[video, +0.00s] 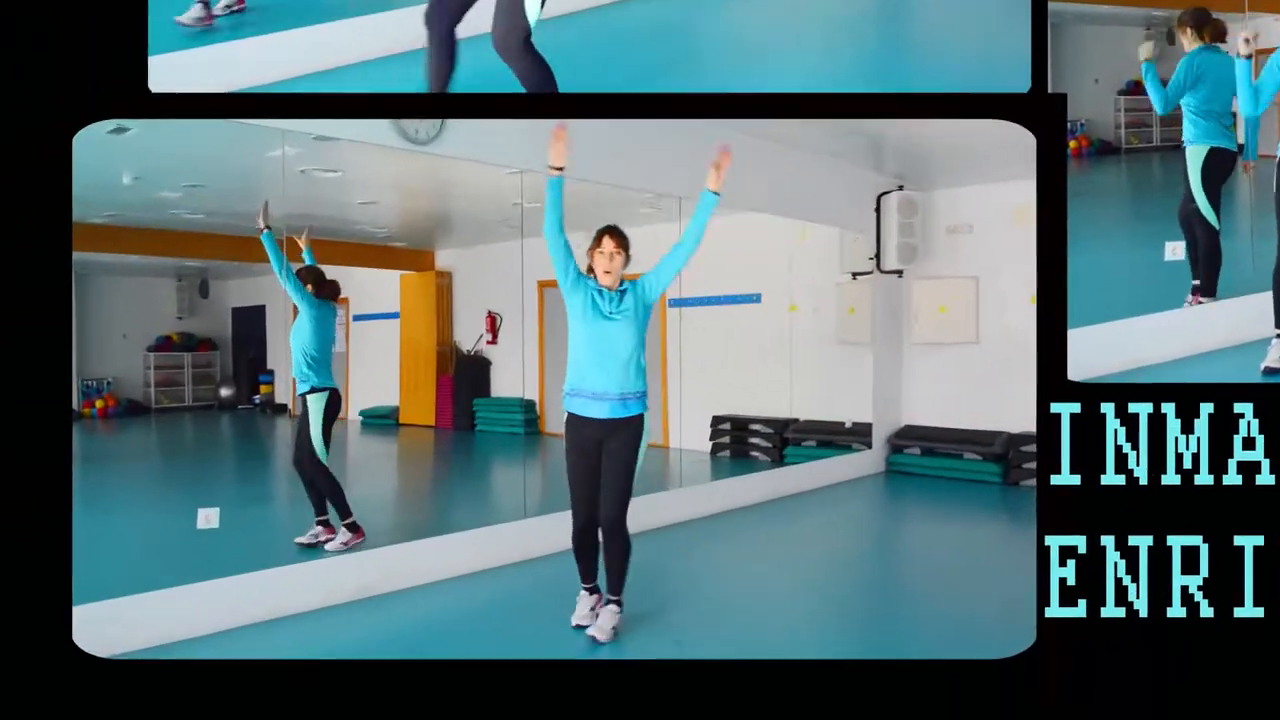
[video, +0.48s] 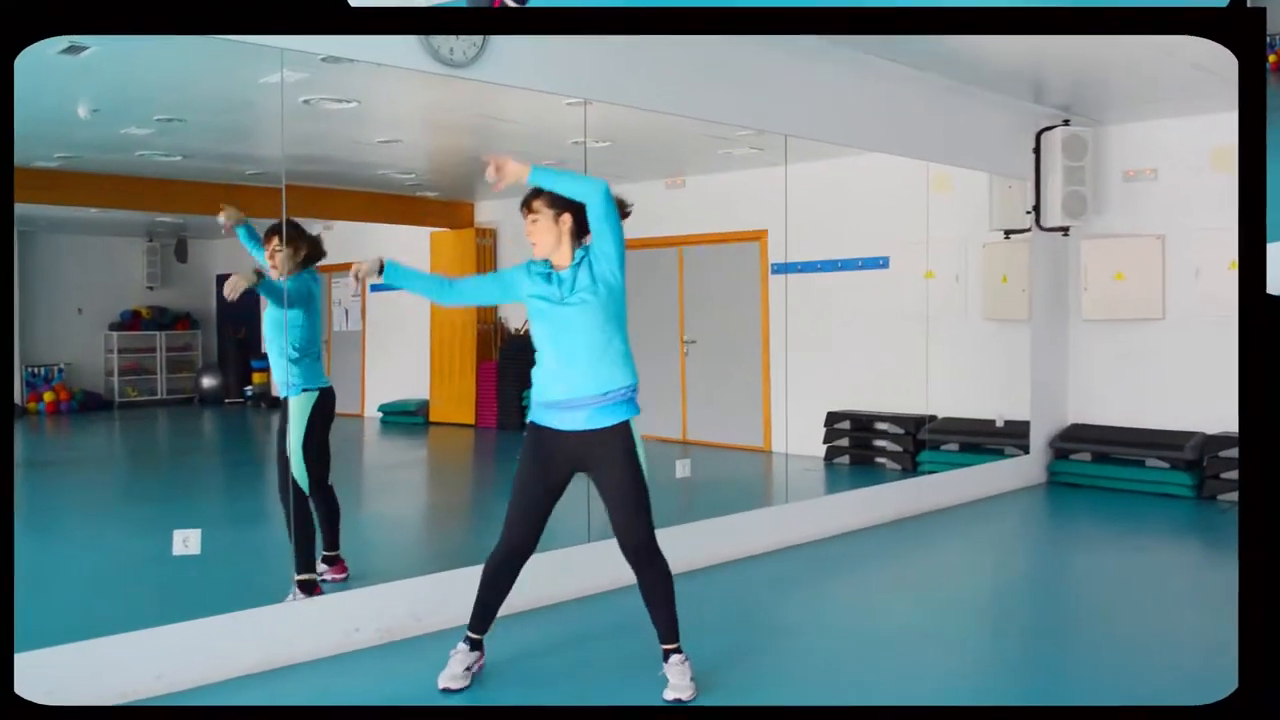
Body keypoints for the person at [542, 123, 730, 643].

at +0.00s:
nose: (608, 256)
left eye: (616, 251)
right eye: (602, 250)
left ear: (627, 261)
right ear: (589, 259)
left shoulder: (642, 293)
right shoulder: (576, 290)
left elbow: (686, 245)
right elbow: (555, 232)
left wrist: (713, 186)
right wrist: (556, 169)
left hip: (626, 417)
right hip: (580, 416)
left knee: (612, 516)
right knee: (583, 514)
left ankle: (612, 604)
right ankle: (588, 592)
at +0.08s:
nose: (611, 257)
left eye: (620, 250)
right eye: (604, 250)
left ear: (633, 259)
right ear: (592, 259)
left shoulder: (650, 291)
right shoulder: (581, 292)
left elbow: (681, 229)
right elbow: (547, 236)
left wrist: (688, 163)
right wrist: (530, 173)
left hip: (635, 427)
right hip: (586, 427)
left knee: (621, 533)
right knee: (569, 533)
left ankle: (623, 621)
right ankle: (597, 592)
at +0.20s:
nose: (589, 245)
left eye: (597, 236)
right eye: (587, 237)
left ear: (626, 238)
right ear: (588, 242)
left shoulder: (652, 278)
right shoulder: (578, 277)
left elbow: (667, 204)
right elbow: (526, 229)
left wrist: (636, 147)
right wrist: (483, 173)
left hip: (639, 423)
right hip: (586, 422)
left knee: (639, 533)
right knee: (543, 519)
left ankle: (648, 633)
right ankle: (574, 583)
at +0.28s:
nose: (572, 227)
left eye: (579, 215)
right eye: (570, 217)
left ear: (612, 216)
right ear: (576, 222)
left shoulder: (644, 254)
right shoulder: (572, 260)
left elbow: (651, 179)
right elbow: (505, 223)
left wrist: (597, 133)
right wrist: (445, 182)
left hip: (637, 409)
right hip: (581, 408)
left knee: (648, 527)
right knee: (535, 516)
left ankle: (660, 636)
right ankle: (538, 598)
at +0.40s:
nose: (547, 217)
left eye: (555, 206)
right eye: (547, 208)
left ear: (587, 207)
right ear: (558, 212)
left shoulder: (624, 249)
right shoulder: (544, 260)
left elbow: (616, 171)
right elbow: (472, 246)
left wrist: (548, 142)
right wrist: (406, 221)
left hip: (627, 413)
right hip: (566, 415)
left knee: (648, 532)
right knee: (526, 527)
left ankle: (670, 647)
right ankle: (480, 628)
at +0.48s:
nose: (527, 231)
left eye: (535, 219)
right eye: (525, 221)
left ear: (568, 221)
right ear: (537, 227)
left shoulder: (605, 266)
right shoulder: (526, 279)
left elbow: (598, 192)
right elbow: (452, 290)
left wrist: (528, 170)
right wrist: (385, 271)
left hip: (609, 430)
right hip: (547, 434)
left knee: (640, 546)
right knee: (513, 546)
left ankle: (674, 655)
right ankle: (471, 646)